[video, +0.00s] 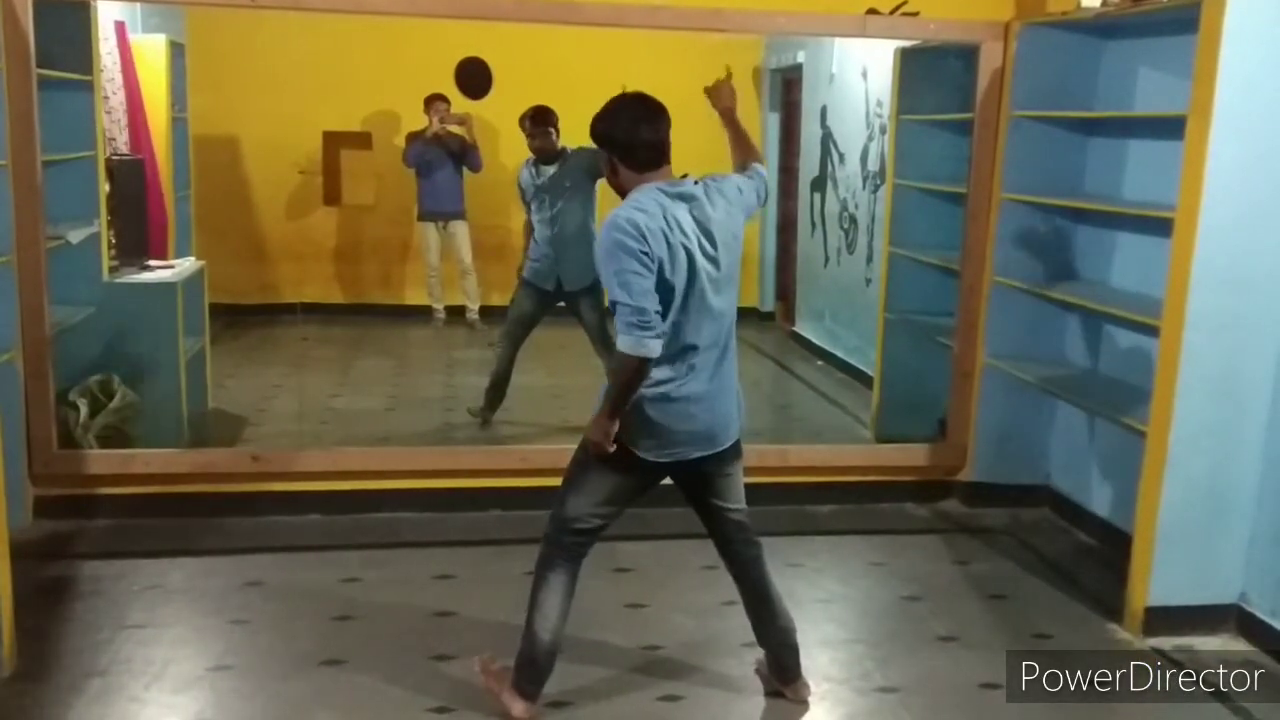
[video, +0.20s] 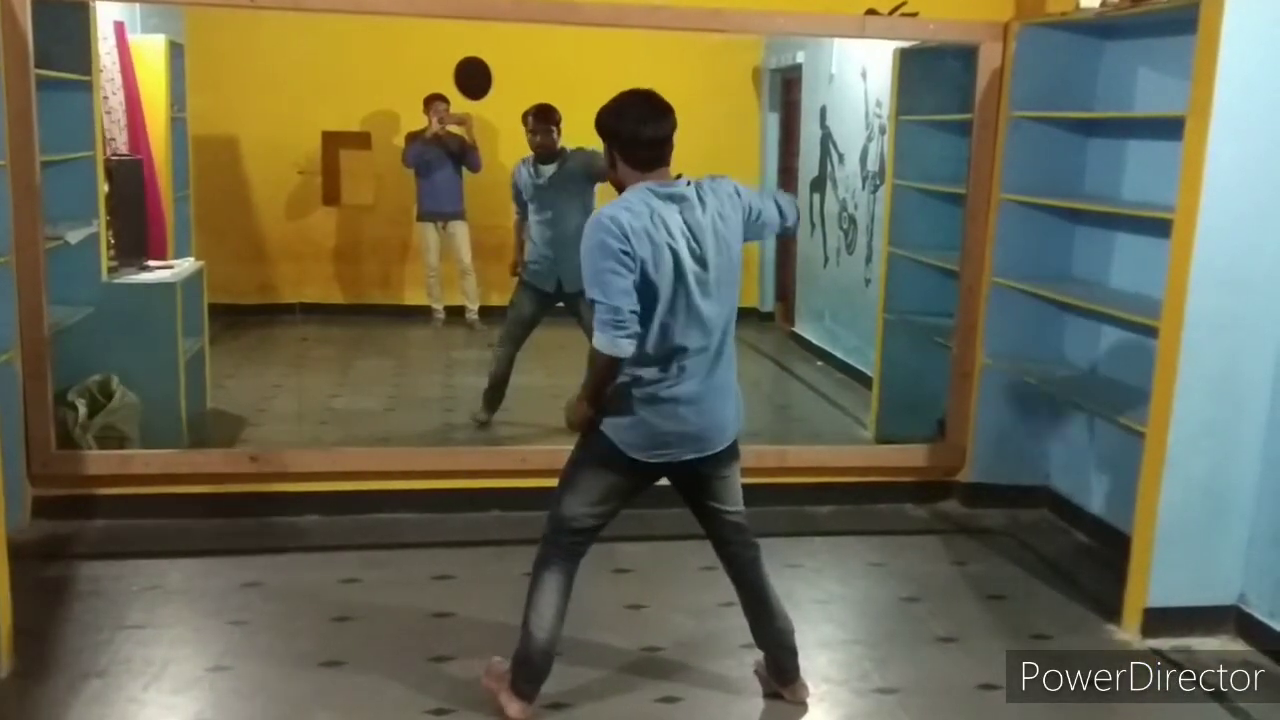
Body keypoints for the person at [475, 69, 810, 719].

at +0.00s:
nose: (603, 169)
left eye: (602, 159)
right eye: (605, 157)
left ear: (612, 163)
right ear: (668, 148)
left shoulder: (625, 230)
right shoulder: (719, 198)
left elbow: (641, 345)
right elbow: (755, 171)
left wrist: (608, 414)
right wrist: (731, 115)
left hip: (649, 420)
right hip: (717, 415)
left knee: (566, 544)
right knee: (741, 543)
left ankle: (524, 685)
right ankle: (788, 675)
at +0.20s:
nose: (604, 159)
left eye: (604, 149)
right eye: (607, 149)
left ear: (612, 153)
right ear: (672, 146)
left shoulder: (611, 226)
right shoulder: (722, 199)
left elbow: (616, 340)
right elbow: (787, 214)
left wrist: (587, 399)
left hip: (636, 421)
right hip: (713, 417)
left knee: (562, 548)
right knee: (740, 546)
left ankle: (521, 687)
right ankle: (786, 676)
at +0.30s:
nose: (603, 155)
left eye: (604, 146)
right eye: (606, 145)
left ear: (612, 150)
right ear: (672, 145)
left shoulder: (605, 225)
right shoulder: (723, 203)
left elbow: (607, 341)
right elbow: (781, 261)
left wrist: (582, 398)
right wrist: (716, 268)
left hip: (633, 423)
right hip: (712, 419)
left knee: (562, 547)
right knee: (741, 549)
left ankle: (521, 685)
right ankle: (786, 676)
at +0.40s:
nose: (604, 154)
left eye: (604, 145)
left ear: (610, 151)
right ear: (672, 147)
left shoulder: (598, 222)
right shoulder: (726, 218)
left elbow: (598, 339)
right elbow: (768, 315)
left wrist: (577, 392)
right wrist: (713, 351)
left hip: (627, 427)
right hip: (709, 426)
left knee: (559, 550)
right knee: (743, 555)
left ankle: (518, 690)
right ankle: (787, 678)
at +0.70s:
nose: (608, 156)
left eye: (609, 147)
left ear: (614, 154)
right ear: (676, 151)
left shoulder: (587, 215)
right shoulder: (724, 231)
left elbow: (546, 322)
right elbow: (729, 337)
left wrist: (569, 391)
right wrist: (670, 348)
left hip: (616, 424)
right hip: (700, 425)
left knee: (552, 546)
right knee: (742, 552)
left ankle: (519, 688)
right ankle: (789, 678)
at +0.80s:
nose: (598, 158)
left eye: (600, 150)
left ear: (606, 158)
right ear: (669, 154)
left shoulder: (578, 216)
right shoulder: (710, 224)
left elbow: (541, 319)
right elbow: (743, 300)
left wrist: (567, 396)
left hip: (610, 423)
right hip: (693, 424)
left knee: (546, 544)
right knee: (741, 551)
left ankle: (519, 688)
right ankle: (790, 679)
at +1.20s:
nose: (579, 154)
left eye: (580, 146)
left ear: (589, 152)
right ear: (649, 143)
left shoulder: (570, 216)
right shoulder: (694, 196)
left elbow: (558, 334)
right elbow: (722, 253)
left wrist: (567, 404)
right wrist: (653, 202)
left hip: (613, 416)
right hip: (694, 413)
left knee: (550, 542)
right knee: (739, 543)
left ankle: (520, 686)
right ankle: (782, 679)